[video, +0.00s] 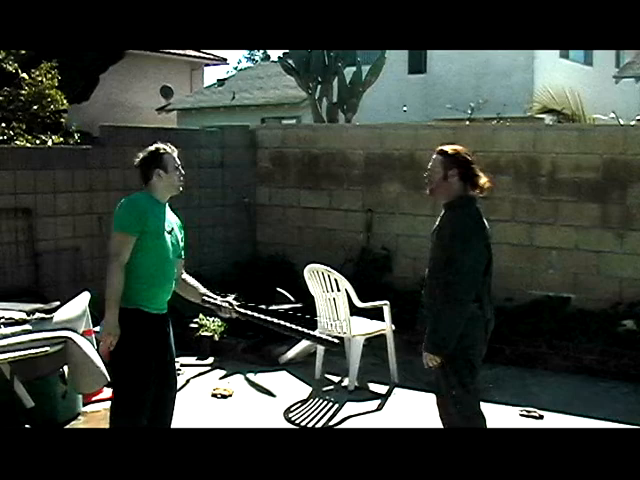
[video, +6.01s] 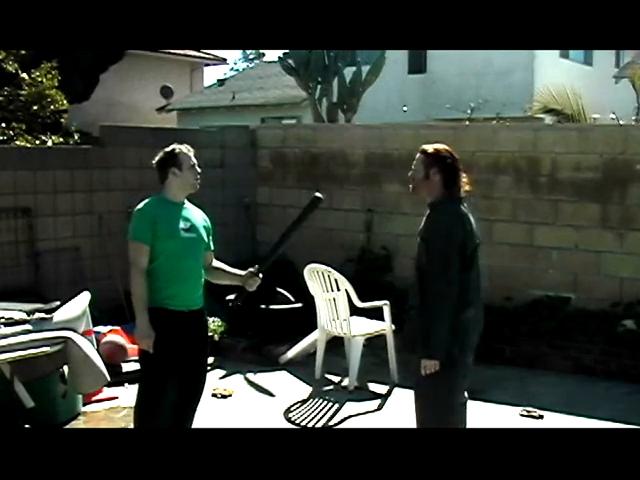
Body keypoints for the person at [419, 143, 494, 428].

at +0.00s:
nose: (427, 178)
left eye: (432, 173)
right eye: (428, 172)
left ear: (453, 177)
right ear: (450, 178)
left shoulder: (462, 222)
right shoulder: (456, 216)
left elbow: (456, 291)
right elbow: (450, 287)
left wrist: (435, 344)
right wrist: (435, 339)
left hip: (460, 335)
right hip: (456, 332)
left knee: (460, 412)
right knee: (455, 410)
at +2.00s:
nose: (426, 180)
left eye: (431, 174)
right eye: (427, 173)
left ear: (450, 176)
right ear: (450, 176)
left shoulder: (461, 215)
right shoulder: (456, 211)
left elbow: (439, 264)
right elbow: (439, 257)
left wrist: (384, 263)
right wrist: (394, 254)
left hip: (460, 325)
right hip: (457, 321)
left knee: (445, 395)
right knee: (455, 393)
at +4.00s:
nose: (422, 162)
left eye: (429, 160)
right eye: (426, 158)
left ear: (443, 174)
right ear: (444, 175)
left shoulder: (443, 212)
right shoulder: (453, 210)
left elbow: (429, 271)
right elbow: (430, 271)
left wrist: (395, 315)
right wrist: (397, 304)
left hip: (445, 327)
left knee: (441, 407)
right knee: (446, 404)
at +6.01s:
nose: (410, 176)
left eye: (416, 170)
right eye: (412, 169)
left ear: (435, 176)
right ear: (435, 177)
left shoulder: (445, 220)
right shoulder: (448, 215)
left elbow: (440, 288)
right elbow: (441, 286)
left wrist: (433, 349)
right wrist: (431, 342)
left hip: (445, 342)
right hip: (450, 339)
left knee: (436, 416)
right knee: (444, 413)